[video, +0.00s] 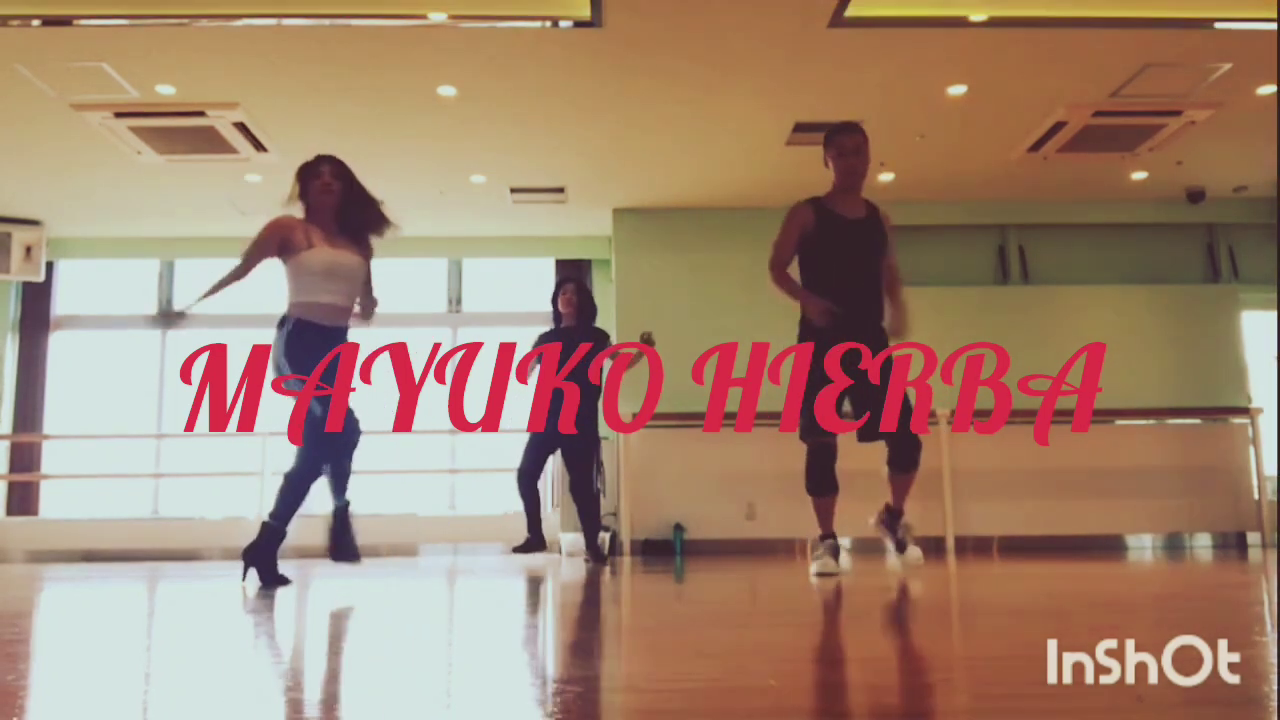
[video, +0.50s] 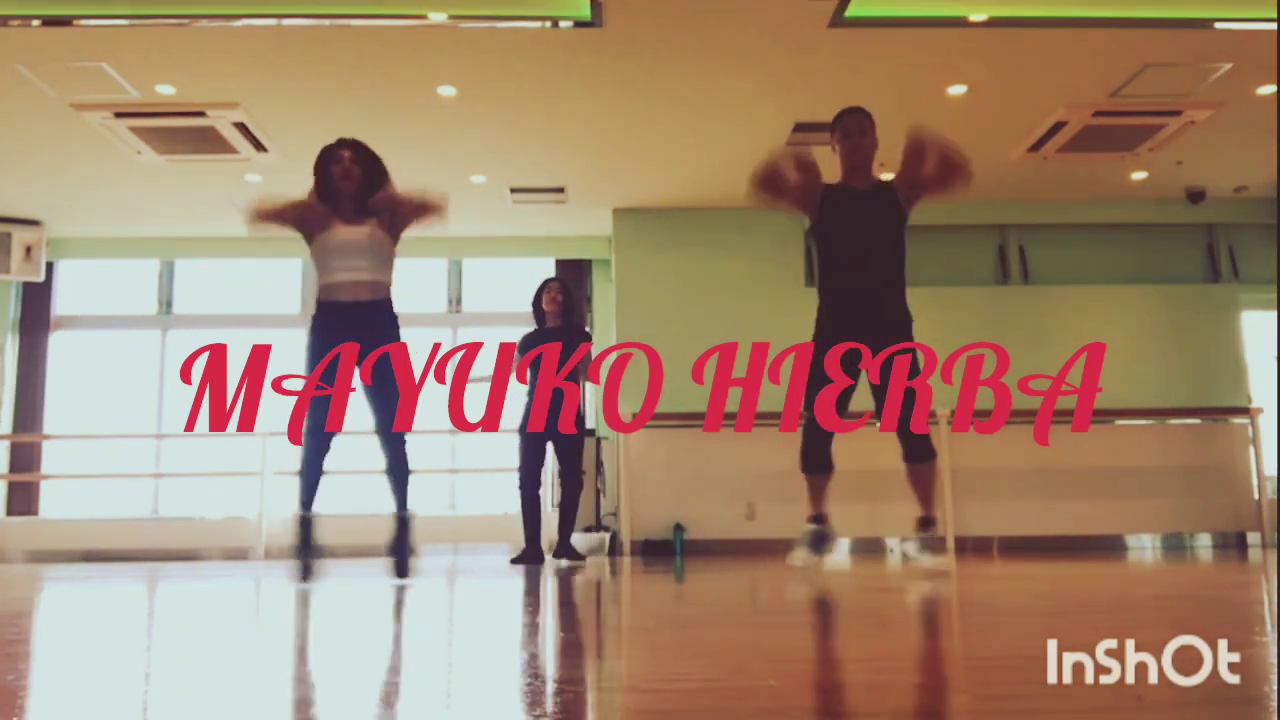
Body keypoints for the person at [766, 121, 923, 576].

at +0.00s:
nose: (853, 161)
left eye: (859, 153)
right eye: (844, 154)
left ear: (869, 158)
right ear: (829, 159)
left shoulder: (876, 216)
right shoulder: (806, 213)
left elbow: (889, 270)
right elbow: (777, 270)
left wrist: (898, 310)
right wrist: (805, 299)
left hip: (870, 338)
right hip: (823, 340)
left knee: (906, 434)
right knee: (821, 441)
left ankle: (894, 516)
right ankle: (826, 539)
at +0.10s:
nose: (848, 165)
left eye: (854, 156)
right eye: (838, 158)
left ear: (865, 161)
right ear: (824, 164)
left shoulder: (883, 219)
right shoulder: (805, 220)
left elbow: (912, 275)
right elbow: (782, 277)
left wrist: (945, 323)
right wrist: (796, 308)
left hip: (877, 340)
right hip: (826, 343)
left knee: (905, 440)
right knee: (823, 446)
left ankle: (903, 531)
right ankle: (829, 540)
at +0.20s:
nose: (845, 180)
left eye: (853, 171)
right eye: (836, 173)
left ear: (865, 176)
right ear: (822, 181)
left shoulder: (891, 236)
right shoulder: (808, 243)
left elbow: (923, 295)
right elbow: (797, 306)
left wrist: (955, 344)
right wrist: (820, 341)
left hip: (883, 359)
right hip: (830, 361)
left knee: (896, 450)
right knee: (821, 459)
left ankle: (904, 540)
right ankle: (838, 544)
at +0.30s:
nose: (849, 182)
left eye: (856, 173)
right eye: (840, 175)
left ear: (870, 181)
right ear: (827, 186)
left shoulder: (894, 239)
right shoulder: (816, 244)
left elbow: (919, 301)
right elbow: (803, 311)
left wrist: (915, 327)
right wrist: (820, 322)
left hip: (886, 361)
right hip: (835, 363)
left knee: (894, 457)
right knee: (822, 461)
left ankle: (904, 543)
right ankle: (838, 544)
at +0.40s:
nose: (853, 158)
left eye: (859, 149)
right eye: (844, 151)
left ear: (874, 157)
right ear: (832, 161)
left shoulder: (897, 214)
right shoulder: (819, 223)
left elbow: (938, 263)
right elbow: (788, 279)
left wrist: (914, 234)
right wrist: (801, 249)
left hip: (888, 341)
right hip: (836, 343)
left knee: (900, 443)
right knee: (825, 447)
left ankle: (906, 539)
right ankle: (836, 540)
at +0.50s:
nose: (856, 143)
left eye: (863, 134)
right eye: (847, 136)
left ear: (876, 141)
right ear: (834, 145)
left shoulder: (898, 192)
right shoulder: (819, 197)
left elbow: (957, 174)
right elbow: (763, 182)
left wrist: (926, 146)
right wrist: (789, 168)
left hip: (889, 324)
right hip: (836, 327)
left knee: (913, 424)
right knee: (816, 428)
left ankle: (927, 525)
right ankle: (818, 526)